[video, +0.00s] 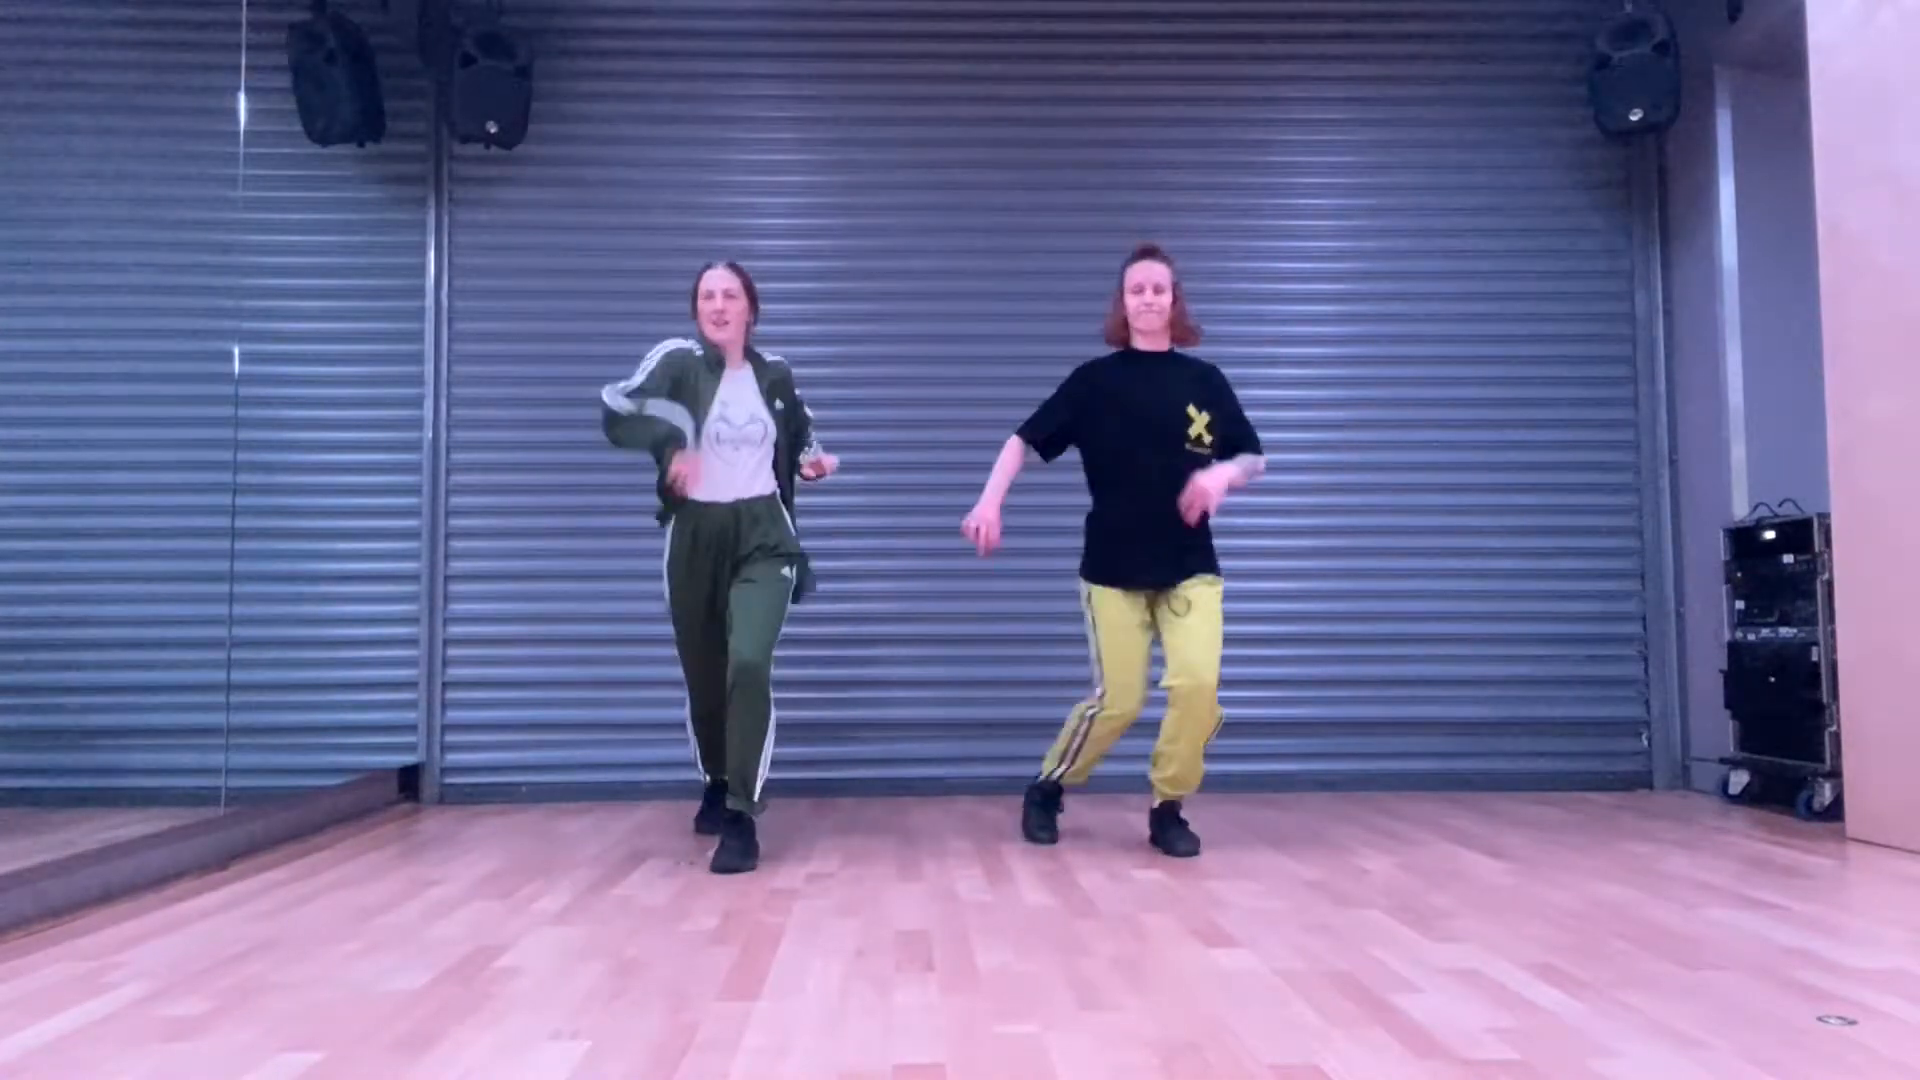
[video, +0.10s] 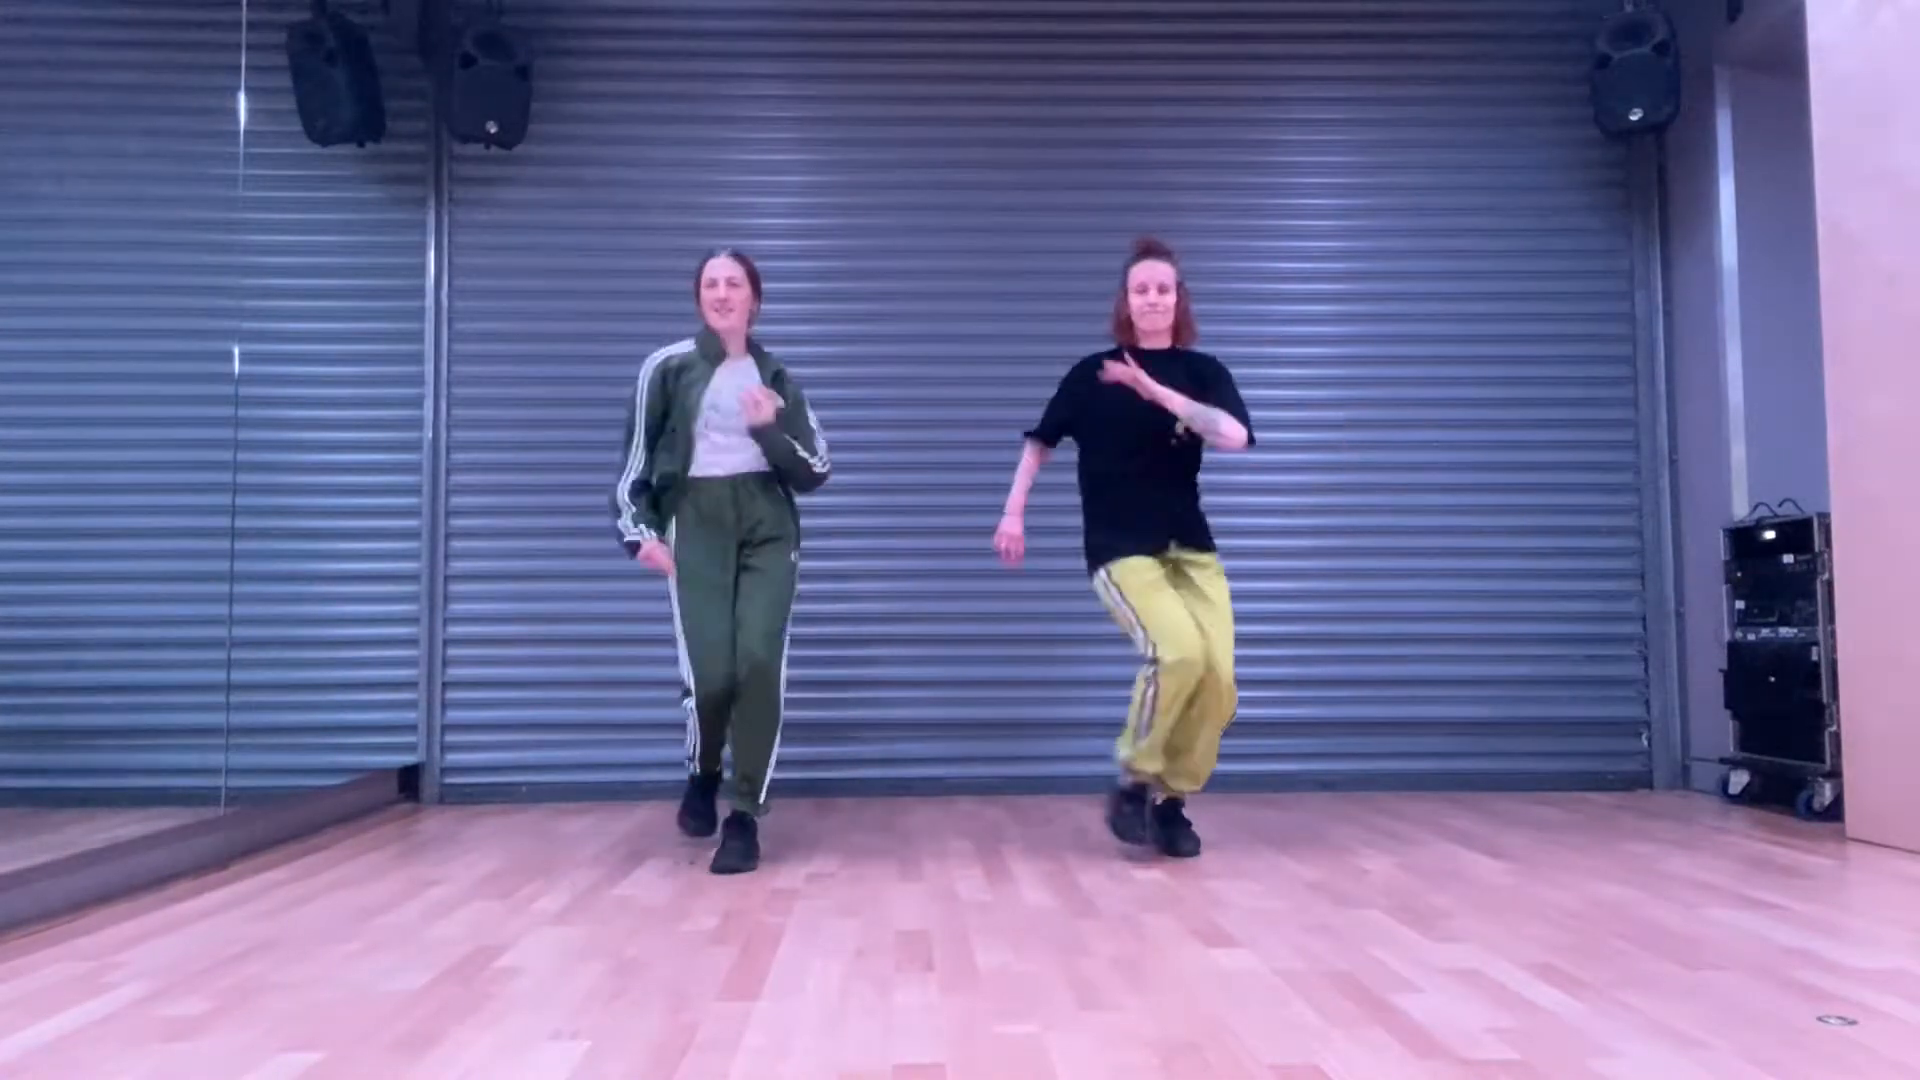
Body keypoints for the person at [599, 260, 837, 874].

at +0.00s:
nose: (718, 305)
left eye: (730, 296)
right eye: (708, 296)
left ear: (751, 309)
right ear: (695, 309)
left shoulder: (774, 374)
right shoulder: (676, 362)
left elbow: (796, 435)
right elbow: (616, 412)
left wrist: (808, 457)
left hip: (765, 534)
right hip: (696, 535)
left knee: (748, 663)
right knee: (703, 672)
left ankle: (740, 814)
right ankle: (716, 784)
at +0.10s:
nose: (722, 294)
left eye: (734, 284)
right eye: (712, 285)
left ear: (755, 299)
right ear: (697, 300)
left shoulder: (778, 377)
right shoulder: (666, 370)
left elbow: (814, 472)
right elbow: (637, 465)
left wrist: (772, 430)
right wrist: (641, 532)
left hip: (769, 513)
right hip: (696, 511)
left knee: (759, 665)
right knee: (712, 677)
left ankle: (743, 815)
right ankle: (705, 774)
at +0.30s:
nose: (704, 291)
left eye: (717, 281)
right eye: (695, 281)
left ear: (740, 295)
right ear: (681, 295)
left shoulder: (758, 364)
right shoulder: (666, 362)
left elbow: (749, 460)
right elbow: (667, 456)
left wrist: (686, 412)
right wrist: (644, 493)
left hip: (750, 512)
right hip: (688, 502)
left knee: (732, 667)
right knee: (658, 528)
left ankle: (735, 819)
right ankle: (616, 547)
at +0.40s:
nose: (699, 290)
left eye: (711, 280)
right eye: (689, 281)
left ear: (735, 293)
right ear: (676, 295)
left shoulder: (772, 361)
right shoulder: (657, 372)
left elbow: (801, 455)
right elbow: (648, 459)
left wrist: (733, 468)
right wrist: (632, 475)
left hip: (750, 516)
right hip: (679, 504)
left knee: (750, 666)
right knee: (601, 515)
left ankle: (739, 819)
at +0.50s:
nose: (700, 297)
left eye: (711, 286)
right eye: (689, 289)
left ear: (737, 296)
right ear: (680, 305)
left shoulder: (784, 368)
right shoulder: (668, 386)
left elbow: (817, 443)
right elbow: (613, 486)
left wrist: (795, 483)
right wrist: (625, 462)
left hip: (742, 531)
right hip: (665, 514)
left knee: (756, 671)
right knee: (553, 563)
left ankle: (742, 821)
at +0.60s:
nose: (698, 304)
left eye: (710, 293)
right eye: (688, 296)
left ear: (736, 303)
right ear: (678, 309)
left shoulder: (772, 375)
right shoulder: (666, 378)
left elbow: (796, 449)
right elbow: (624, 461)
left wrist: (803, 493)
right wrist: (630, 423)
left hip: (737, 520)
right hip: (661, 512)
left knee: (743, 671)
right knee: (549, 620)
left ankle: (742, 821)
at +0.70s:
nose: (686, 304)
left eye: (698, 293)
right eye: (676, 294)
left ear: (722, 305)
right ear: (666, 306)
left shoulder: (748, 373)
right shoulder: (646, 361)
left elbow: (785, 446)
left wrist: (835, 474)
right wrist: (616, 359)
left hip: (712, 528)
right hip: (636, 523)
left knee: (739, 679)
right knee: (563, 669)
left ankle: (744, 821)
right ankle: (477, 819)